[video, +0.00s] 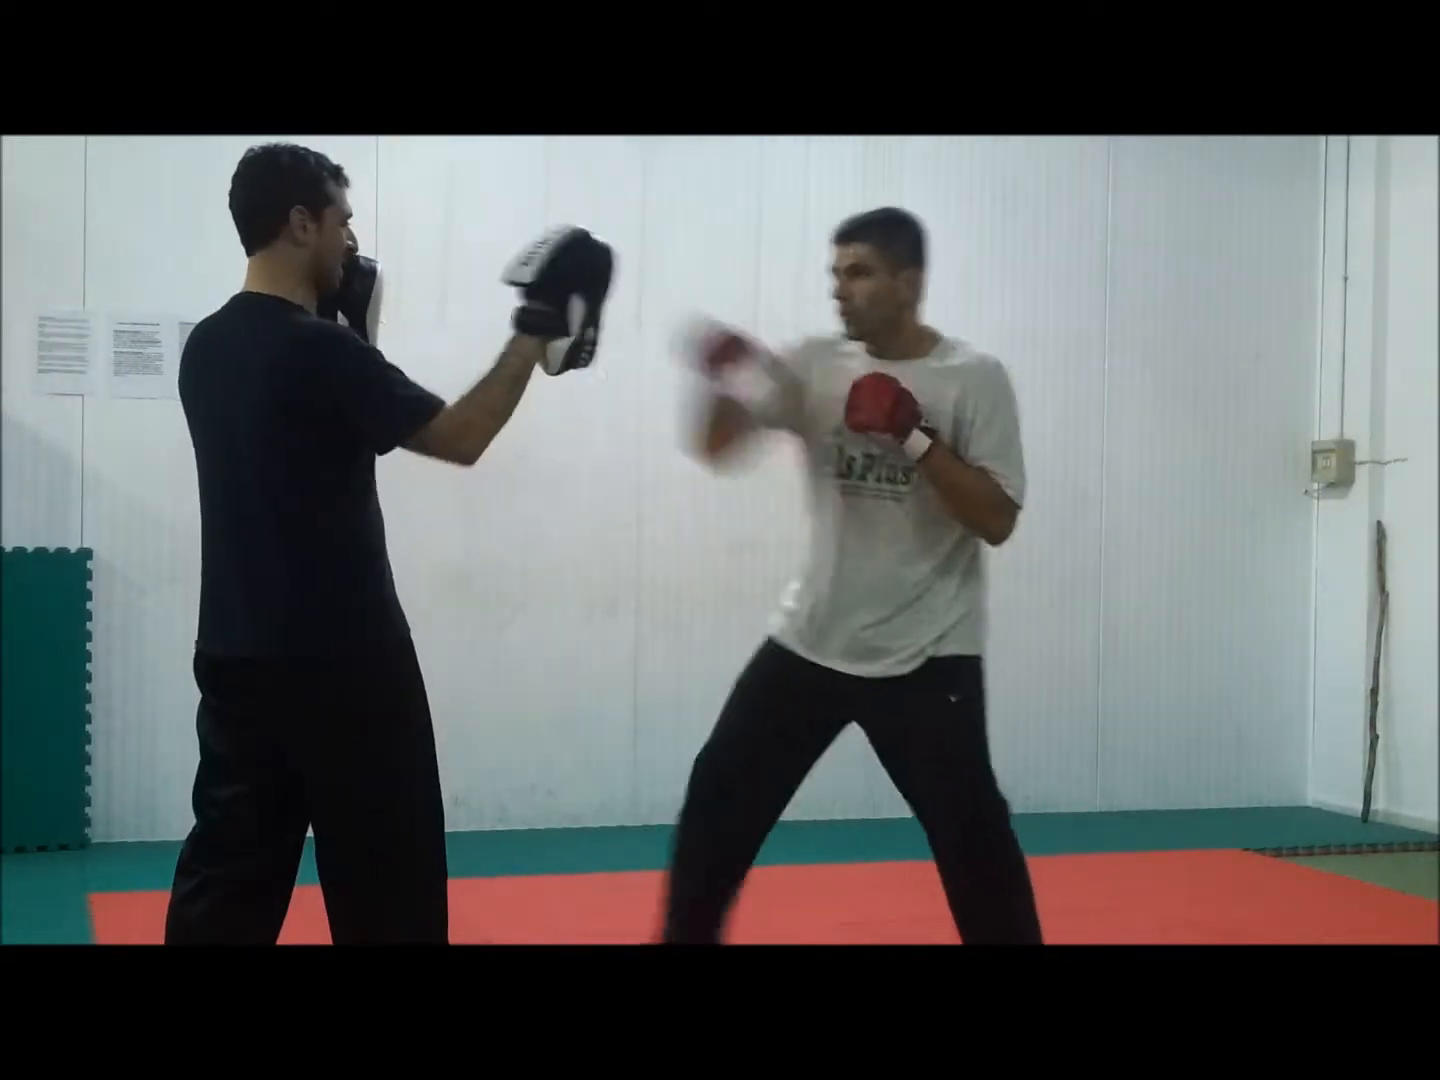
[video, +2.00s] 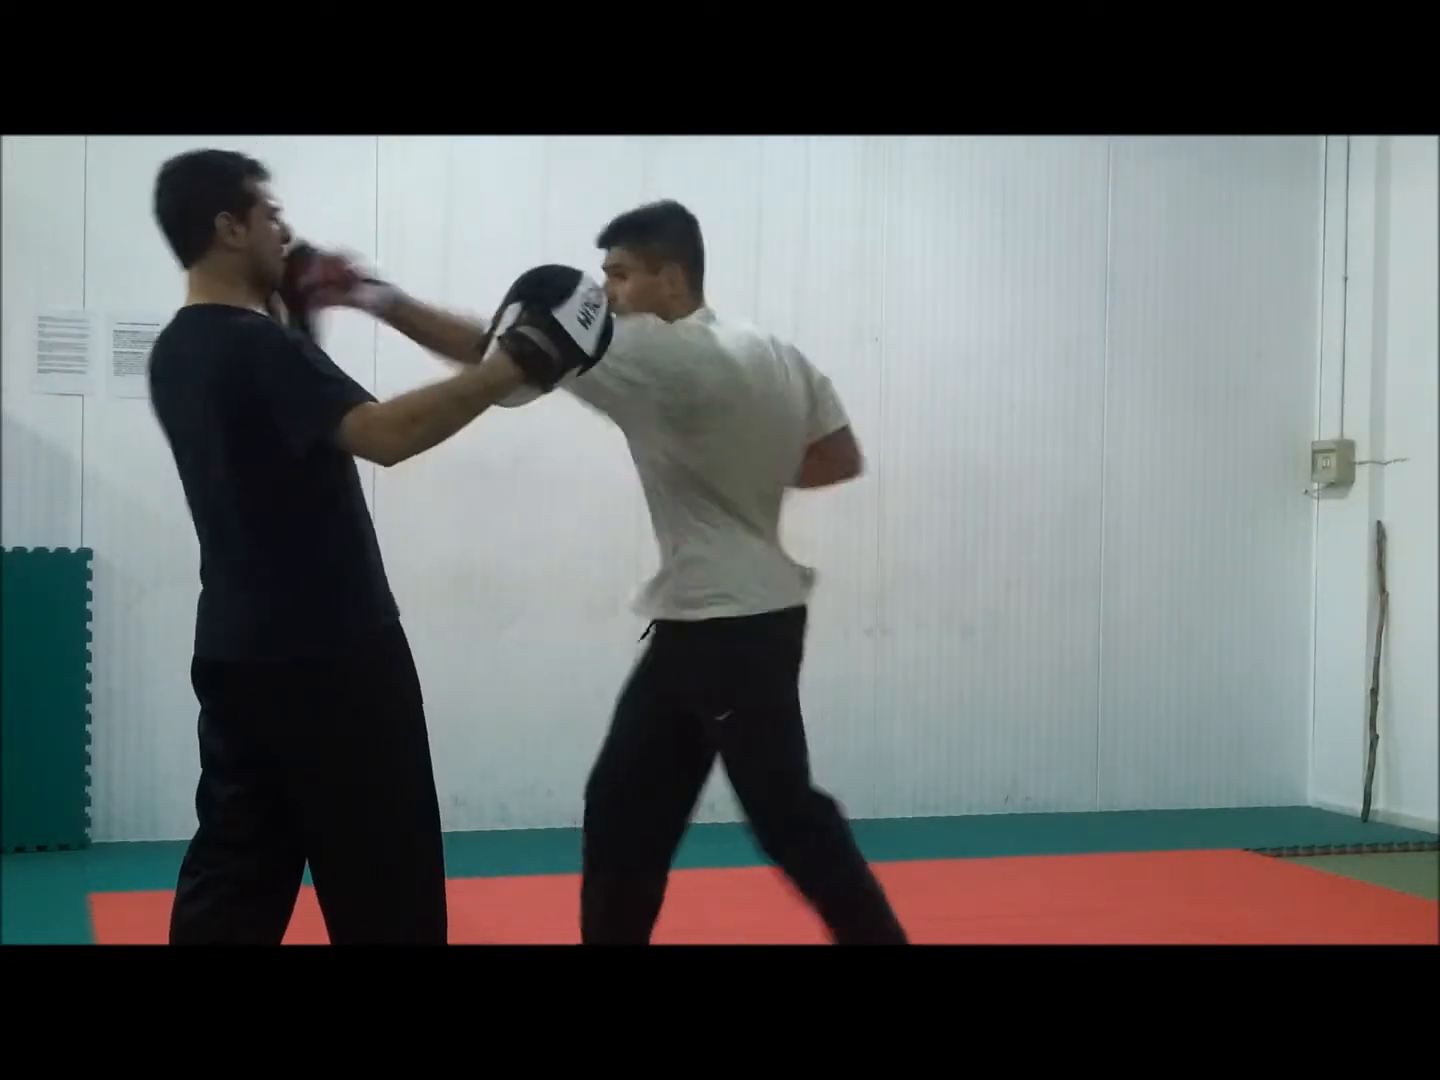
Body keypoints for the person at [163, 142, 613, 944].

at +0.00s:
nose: (353, 239)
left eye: (350, 222)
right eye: (343, 221)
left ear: (266, 230)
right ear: (302, 224)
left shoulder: (205, 346)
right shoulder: (319, 347)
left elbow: (332, 438)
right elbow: (461, 437)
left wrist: (355, 326)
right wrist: (533, 332)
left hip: (236, 656)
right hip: (347, 658)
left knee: (227, 876)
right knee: (391, 882)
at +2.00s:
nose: (286, 231)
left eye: (280, 213)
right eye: (272, 214)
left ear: (200, 235)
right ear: (229, 226)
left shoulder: (174, 350)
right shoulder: (254, 342)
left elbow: (285, 431)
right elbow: (385, 434)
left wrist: (301, 318)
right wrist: (495, 376)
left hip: (239, 654)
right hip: (337, 652)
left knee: (234, 879)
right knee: (391, 889)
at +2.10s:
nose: (276, 228)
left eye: (268, 210)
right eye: (260, 212)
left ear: (199, 237)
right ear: (218, 227)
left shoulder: (163, 354)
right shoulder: (253, 344)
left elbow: (252, 452)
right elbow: (385, 431)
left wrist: (287, 343)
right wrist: (501, 363)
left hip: (231, 655)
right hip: (336, 650)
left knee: (223, 882)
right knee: (393, 883)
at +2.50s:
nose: (255, 230)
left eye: (245, 216)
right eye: (235, 217)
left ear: (182, 241)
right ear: (182, 236)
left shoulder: (173, 349)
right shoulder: (210, 347)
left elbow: (246, 469)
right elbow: (335, 431)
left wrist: (305, 361)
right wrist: (453, 351)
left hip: (242, 657)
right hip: (322, 655)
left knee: (231, 873)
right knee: (392, 878)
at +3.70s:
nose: (300, 225)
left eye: (294, 204)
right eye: (285, 204)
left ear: (217, 219)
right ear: (233, 214)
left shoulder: (166, 336)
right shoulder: (240, 337)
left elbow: (234, 485)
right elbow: (328, 478)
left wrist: (310, 389)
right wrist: (470, 444)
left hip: (204, 657)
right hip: (297, 658)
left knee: (216, 883)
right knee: (375, 887)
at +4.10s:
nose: (306, 272)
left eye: (311, 252)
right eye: (306, 249)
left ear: (216, 233)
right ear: (266, 235)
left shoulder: (110, 337)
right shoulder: (251, 345)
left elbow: (61, 487)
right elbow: (286, 502)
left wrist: (68, 607)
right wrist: (410, 499)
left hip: (122, 654)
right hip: (239, 657)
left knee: (106, 882)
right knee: (267, 888)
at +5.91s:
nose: (306, 270)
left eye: (309, 250)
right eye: (304, 246)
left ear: (216, 231)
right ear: (259, 231)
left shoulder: (108, 339)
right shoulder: (244, 351)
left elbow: (66, 488)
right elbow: (282, 507)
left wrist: (74, 605)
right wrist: (420, 489)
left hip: (124, 660)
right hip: (239, 664)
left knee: (106, 883)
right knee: (267, 889)